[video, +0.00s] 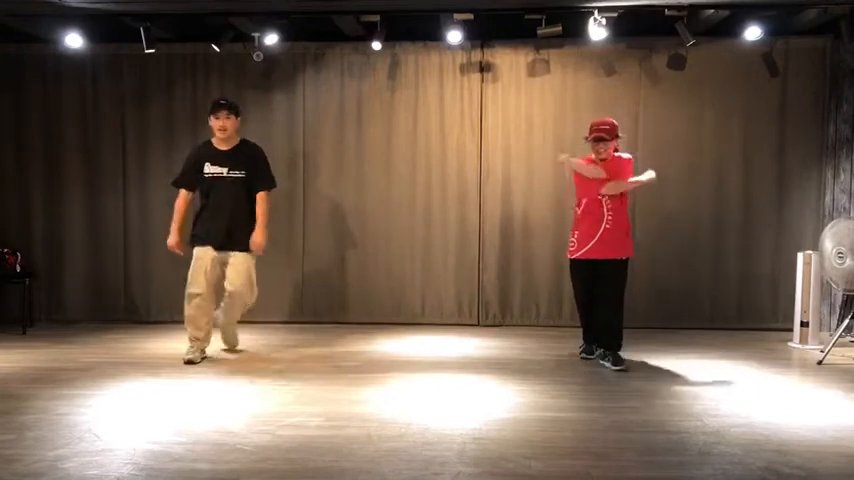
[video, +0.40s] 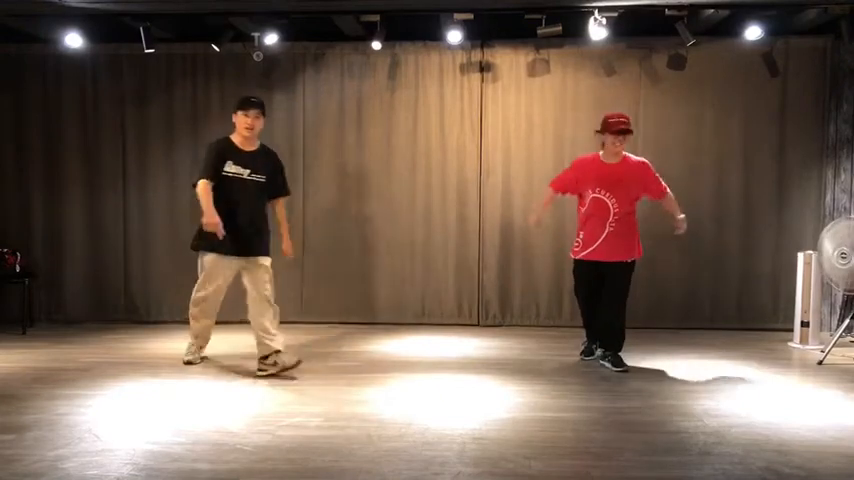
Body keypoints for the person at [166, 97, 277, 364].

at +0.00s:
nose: (222, 123)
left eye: (228, 117)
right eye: (217, 118)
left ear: (238, 121)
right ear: (210, 122)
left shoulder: (253, 153)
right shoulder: (200, 153)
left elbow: (262, 195)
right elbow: (184, 193)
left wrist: (260, 231)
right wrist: (175, 232)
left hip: (241, 239)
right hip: (207, 238)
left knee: (242, 291)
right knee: (198, 293)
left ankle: (227, 323)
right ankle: (196, 344)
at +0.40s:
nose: (250, 122)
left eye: (256, 117)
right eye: (245, 115)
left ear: (263, 122)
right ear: (235, 118)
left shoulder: (270, 158)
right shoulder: (219, 150)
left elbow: (278, 200)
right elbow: (203, 184)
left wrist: (285, 236)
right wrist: (209, 212)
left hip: (256, 243)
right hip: (220, 241)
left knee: (263, 300)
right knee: (206, 296)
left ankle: (269, 354)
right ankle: (196, 345)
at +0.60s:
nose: (283, 118)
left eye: (288, 113)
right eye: (277, 112)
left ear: (293, 119)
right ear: (265, 114)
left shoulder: (296, 156)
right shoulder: (246, 145)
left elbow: (299, 201)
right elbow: (229, 186)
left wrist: (298, 237)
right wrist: (227, 229)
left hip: (283, 241)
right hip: (249, 239)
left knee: (281, 302)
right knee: (238, 295)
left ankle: (272, 358)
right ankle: (214, 338)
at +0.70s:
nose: (293, 116)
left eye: (298, 111)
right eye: (287, 110)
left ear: (304, 116)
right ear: (275, 112)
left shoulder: (308, 153)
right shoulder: (254, 146)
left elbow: (315, 197)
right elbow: (240, 188)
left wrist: (319, 235)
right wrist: (237, 228)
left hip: (296, 240)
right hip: (263, 238)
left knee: (289, 303)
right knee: (267, 296)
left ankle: (273, 359)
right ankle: (243, 348)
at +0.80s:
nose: (304, 116)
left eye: (309, 111)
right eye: (298, 110)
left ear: (313, 115)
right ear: (284, 111)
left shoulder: (316, 150)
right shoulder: (265, 146)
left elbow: (330, 192)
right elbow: (251, 187)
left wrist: (344, 227)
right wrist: (252, 228)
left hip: (306, 235)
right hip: (277, 234)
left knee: (294, 299)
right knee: (292, 295)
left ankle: (273, 358)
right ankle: (281, 362)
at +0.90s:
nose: (315, 115)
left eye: (320, 110)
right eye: (308, 109)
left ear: (324, 115)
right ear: (295, 112)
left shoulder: (327, 150)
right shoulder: (278, 149)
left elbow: (343, 190)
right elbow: (266, 192)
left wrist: (363, 223)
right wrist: (269, 233)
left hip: (317, 238)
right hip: (292, 237)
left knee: (297, 301)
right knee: (315, 295)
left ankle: (274, 360)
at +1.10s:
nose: (344, 119)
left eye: (349, 113)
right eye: (337, 112)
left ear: (354, 118)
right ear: (325, 115)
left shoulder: (357, 154)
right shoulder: (312, 154)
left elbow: (371, 197)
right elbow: (303, 201)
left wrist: (387, 229)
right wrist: (306, 246)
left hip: (350, 244)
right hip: (327, 245)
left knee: (320, 304)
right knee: (347, 307)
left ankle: (282, 351)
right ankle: (366, 372)